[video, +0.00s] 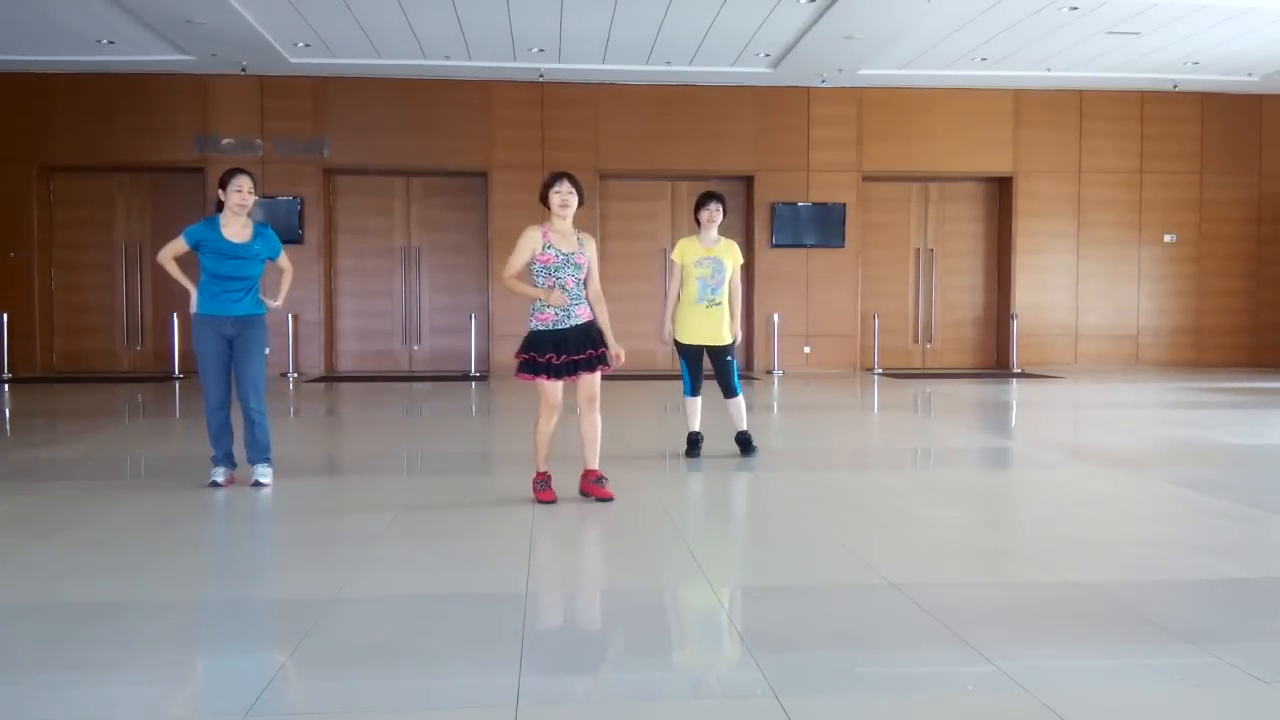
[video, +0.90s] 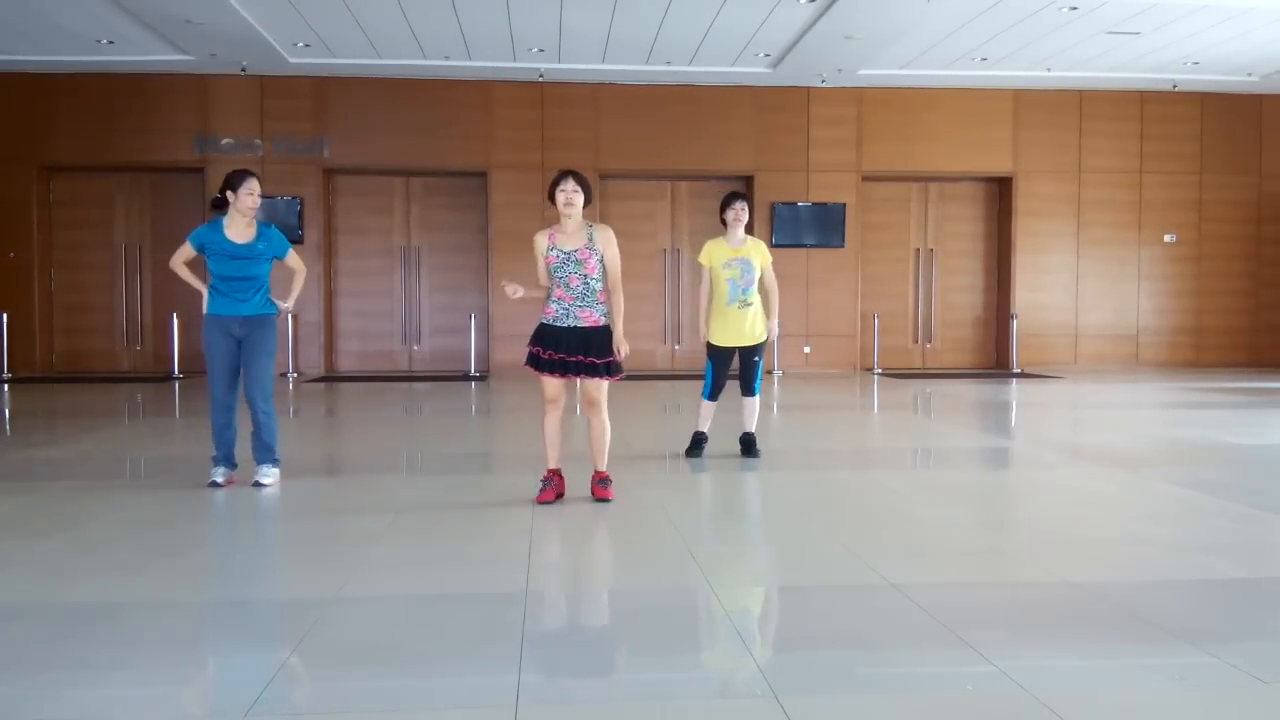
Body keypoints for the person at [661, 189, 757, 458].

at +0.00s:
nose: (712, 214)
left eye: (717, 210)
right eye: (707, 209)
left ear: (723, 216)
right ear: (698, 214)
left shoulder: (731, 248)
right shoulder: (684, 246)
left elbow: (735, 288)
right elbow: (674, 285)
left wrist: (736, 324)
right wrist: (668, 322)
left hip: (719, 327)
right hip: (687, 327)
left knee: (731, 385)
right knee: (692, 386)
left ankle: (743, 434)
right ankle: (694, 437)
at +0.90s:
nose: (738, 212)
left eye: (743, 209)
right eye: (733, 208)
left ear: (749, 215)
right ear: (723, 214)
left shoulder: (759, 247)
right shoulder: (712, 248)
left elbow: (771, 286)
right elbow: (704, 288)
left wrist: (773, 319)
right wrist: (702, 324)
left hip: (754, 327)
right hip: (721, 327)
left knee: (751, 385)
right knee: (713, 385)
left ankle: (748, 437)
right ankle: (700, 436)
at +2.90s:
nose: (727, 216)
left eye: (732, 211)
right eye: (724, 212)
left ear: (745, 216)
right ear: (719, 216)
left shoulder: (759, 248)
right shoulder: (712, 248)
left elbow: (780, 277)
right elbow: (706, 287)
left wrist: (772, 306)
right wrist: (704, 324)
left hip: (751, 328)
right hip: (719, 327)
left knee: (752, 387)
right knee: (710, 386)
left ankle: (753, 436)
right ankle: (698, 437)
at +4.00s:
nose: (737, 224)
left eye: (743, 219)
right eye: (732, 218)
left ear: (747, 224)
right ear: (722, 220)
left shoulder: (753, 254)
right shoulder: (707, 252)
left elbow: (769, 285)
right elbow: (694, 283)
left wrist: (762, 315)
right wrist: (685, 311)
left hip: (744, 330)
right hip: (711, 330)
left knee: (764, 383)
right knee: (703, 385)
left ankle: (786, 436)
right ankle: (693, 434)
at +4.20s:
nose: (760, 222)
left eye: (765, 218)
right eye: (754, 218)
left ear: (771, 223)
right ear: (745, 223)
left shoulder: (781, 256)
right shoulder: (734, 254)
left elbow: (795, 287)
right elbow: (719, 291)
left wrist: (789, 317)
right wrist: (712, 323)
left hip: (772, 331)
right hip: (737, 331)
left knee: (791, 382)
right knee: (721, 384)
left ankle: (805, 438)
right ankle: (697, 433)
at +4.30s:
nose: (770, 220)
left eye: (775, 215)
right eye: (765, 215)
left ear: (781, 220)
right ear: (756, 221)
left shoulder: (793, 253)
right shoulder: (745, 253)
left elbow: (811, 281)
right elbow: (735, 291)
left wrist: (805, 315)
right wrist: (729, 326)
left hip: (787, 329)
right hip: (753, 330)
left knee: (800, 385)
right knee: (735, 386)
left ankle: (806, 438)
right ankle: (714, 433)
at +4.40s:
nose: (779, 217)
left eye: (783, 212)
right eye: (773, 213)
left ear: (790, 217)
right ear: (764, 218)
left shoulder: (802, 250)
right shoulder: (754, 251)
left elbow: (821, 279)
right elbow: (747, 290)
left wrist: (815, 314)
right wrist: (743, 327)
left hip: (797, 329)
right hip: (763, 330)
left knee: (804, 387)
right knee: (751, 387)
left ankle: (807, 438)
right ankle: (740, 436)